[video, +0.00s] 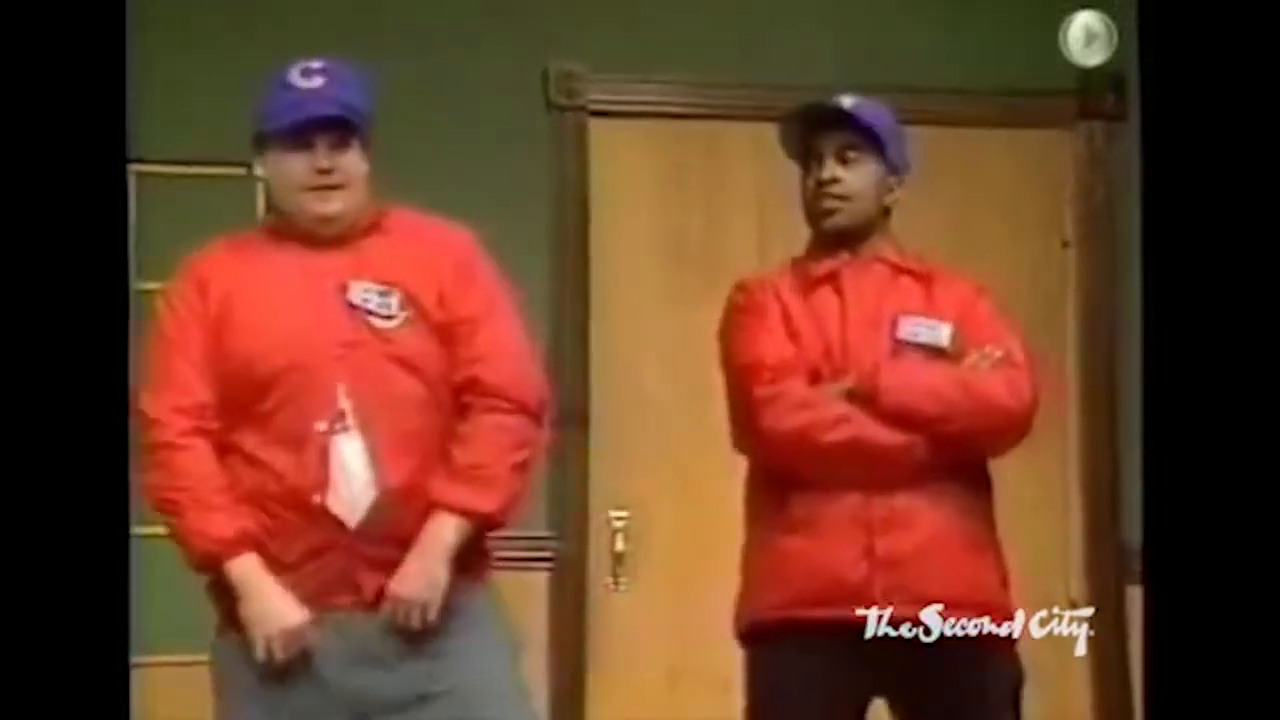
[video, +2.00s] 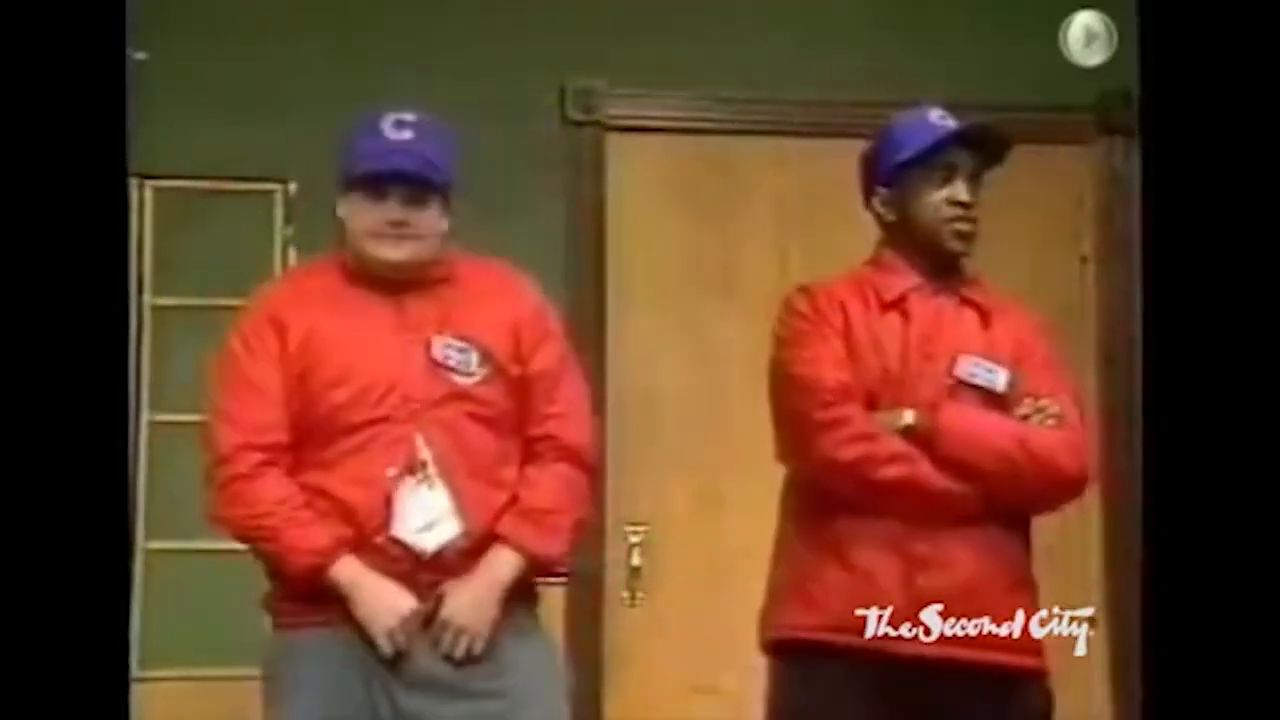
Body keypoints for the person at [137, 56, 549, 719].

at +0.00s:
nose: (324, 161)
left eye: (341, 141)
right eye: (300, 144)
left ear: (368, 154)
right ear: (263, 162)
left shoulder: (445, 256)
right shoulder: (210, 280)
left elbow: (509, 403)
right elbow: (174, 440)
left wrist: (437, 545)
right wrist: (251, 581)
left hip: (440, 622)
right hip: (277, 633)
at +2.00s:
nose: (396, 212)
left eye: (417, 196)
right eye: (375, 193)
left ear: (448, 211)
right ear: (342, 205)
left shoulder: (508, 301)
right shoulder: (282, 313)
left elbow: (566, 451)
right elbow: (245, 476)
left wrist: (491, 579)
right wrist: (357, 581)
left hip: (493, 626)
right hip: (333, 631)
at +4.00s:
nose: (554, 209)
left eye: (553, 192)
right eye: (531, 195)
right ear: (465, 209)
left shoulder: (595, 312)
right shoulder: (370, 303)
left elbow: (642, 463)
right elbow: (320, 452)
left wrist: (569, 578)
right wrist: (419, 562)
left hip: (554, 632)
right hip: (398, 632)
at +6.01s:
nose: (446, 210)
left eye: (470, 194)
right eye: (437, 193)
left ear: (525, 212)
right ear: (424, 204)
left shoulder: (584, 295)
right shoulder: (383, 286)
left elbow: (588, 420)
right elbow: (407, 381)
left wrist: (431, 406)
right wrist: (560, 364)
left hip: (553, 610)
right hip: (392, 615)